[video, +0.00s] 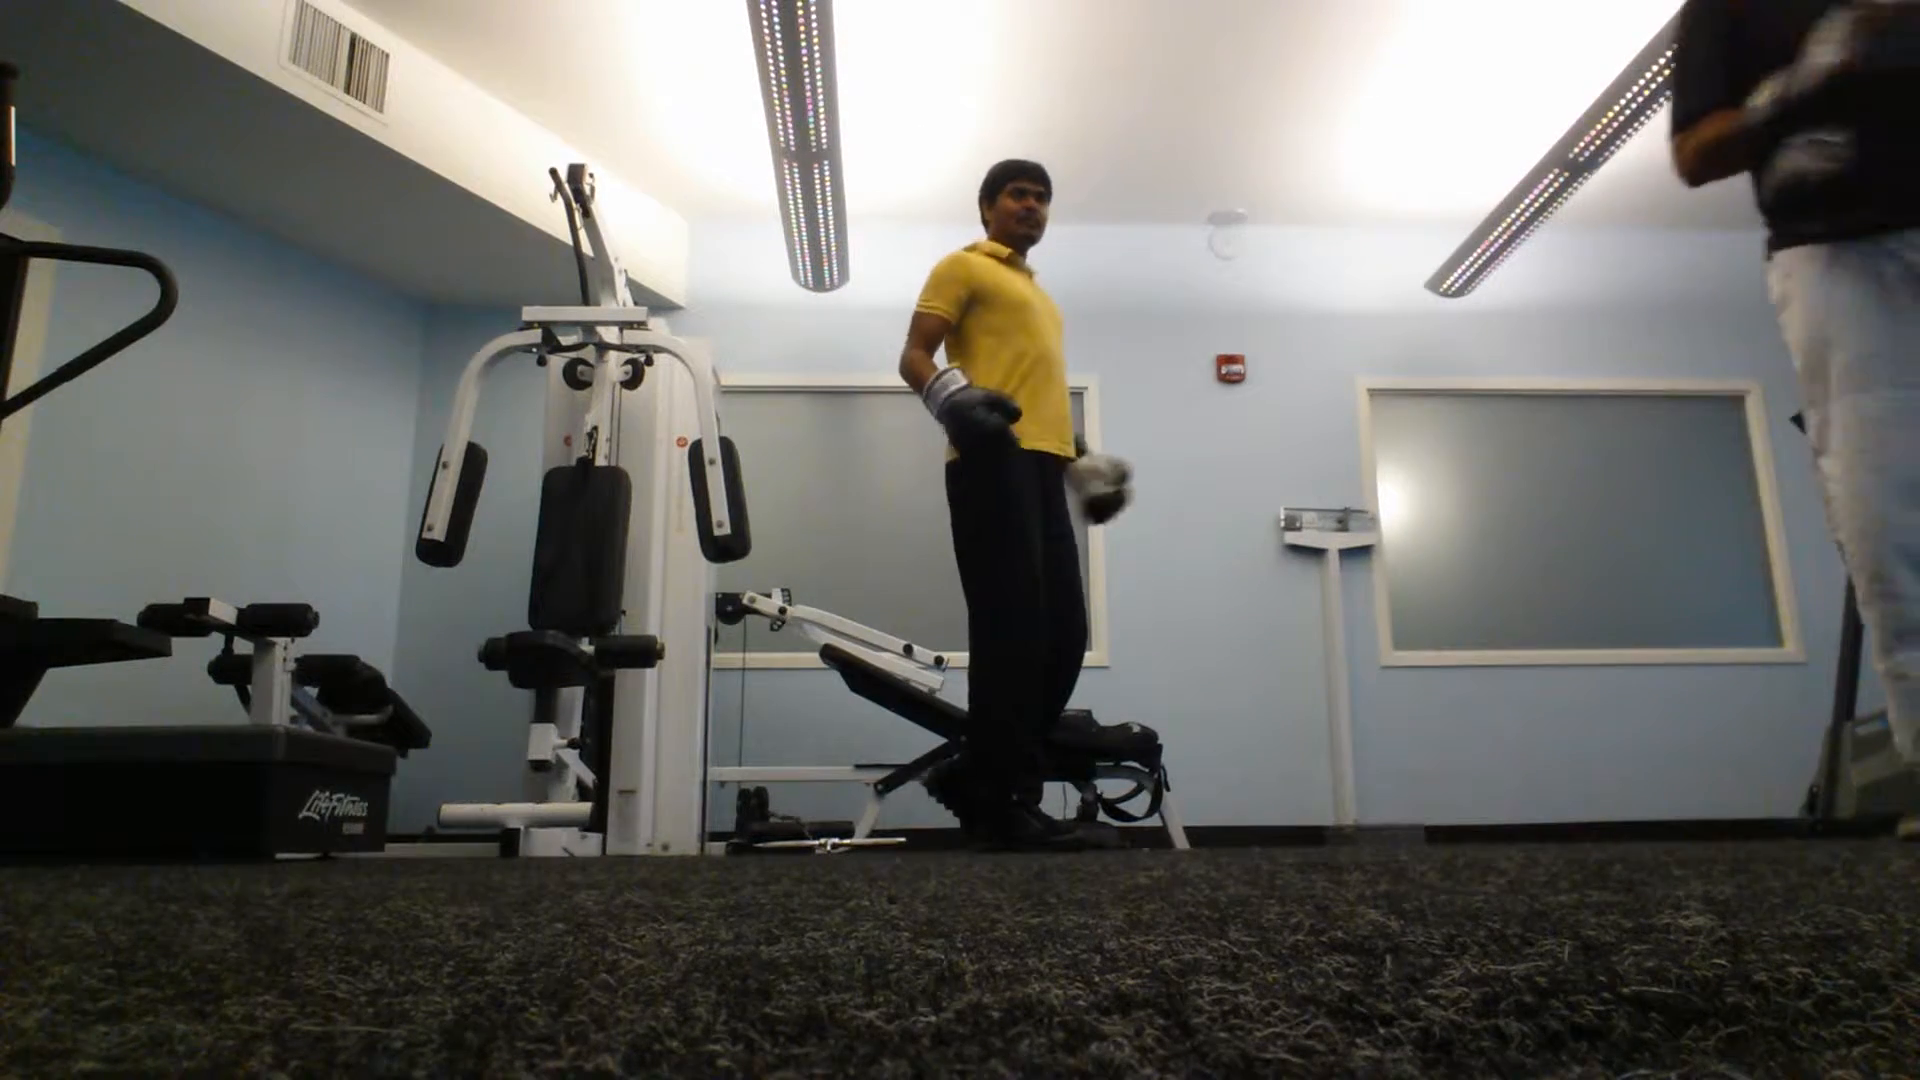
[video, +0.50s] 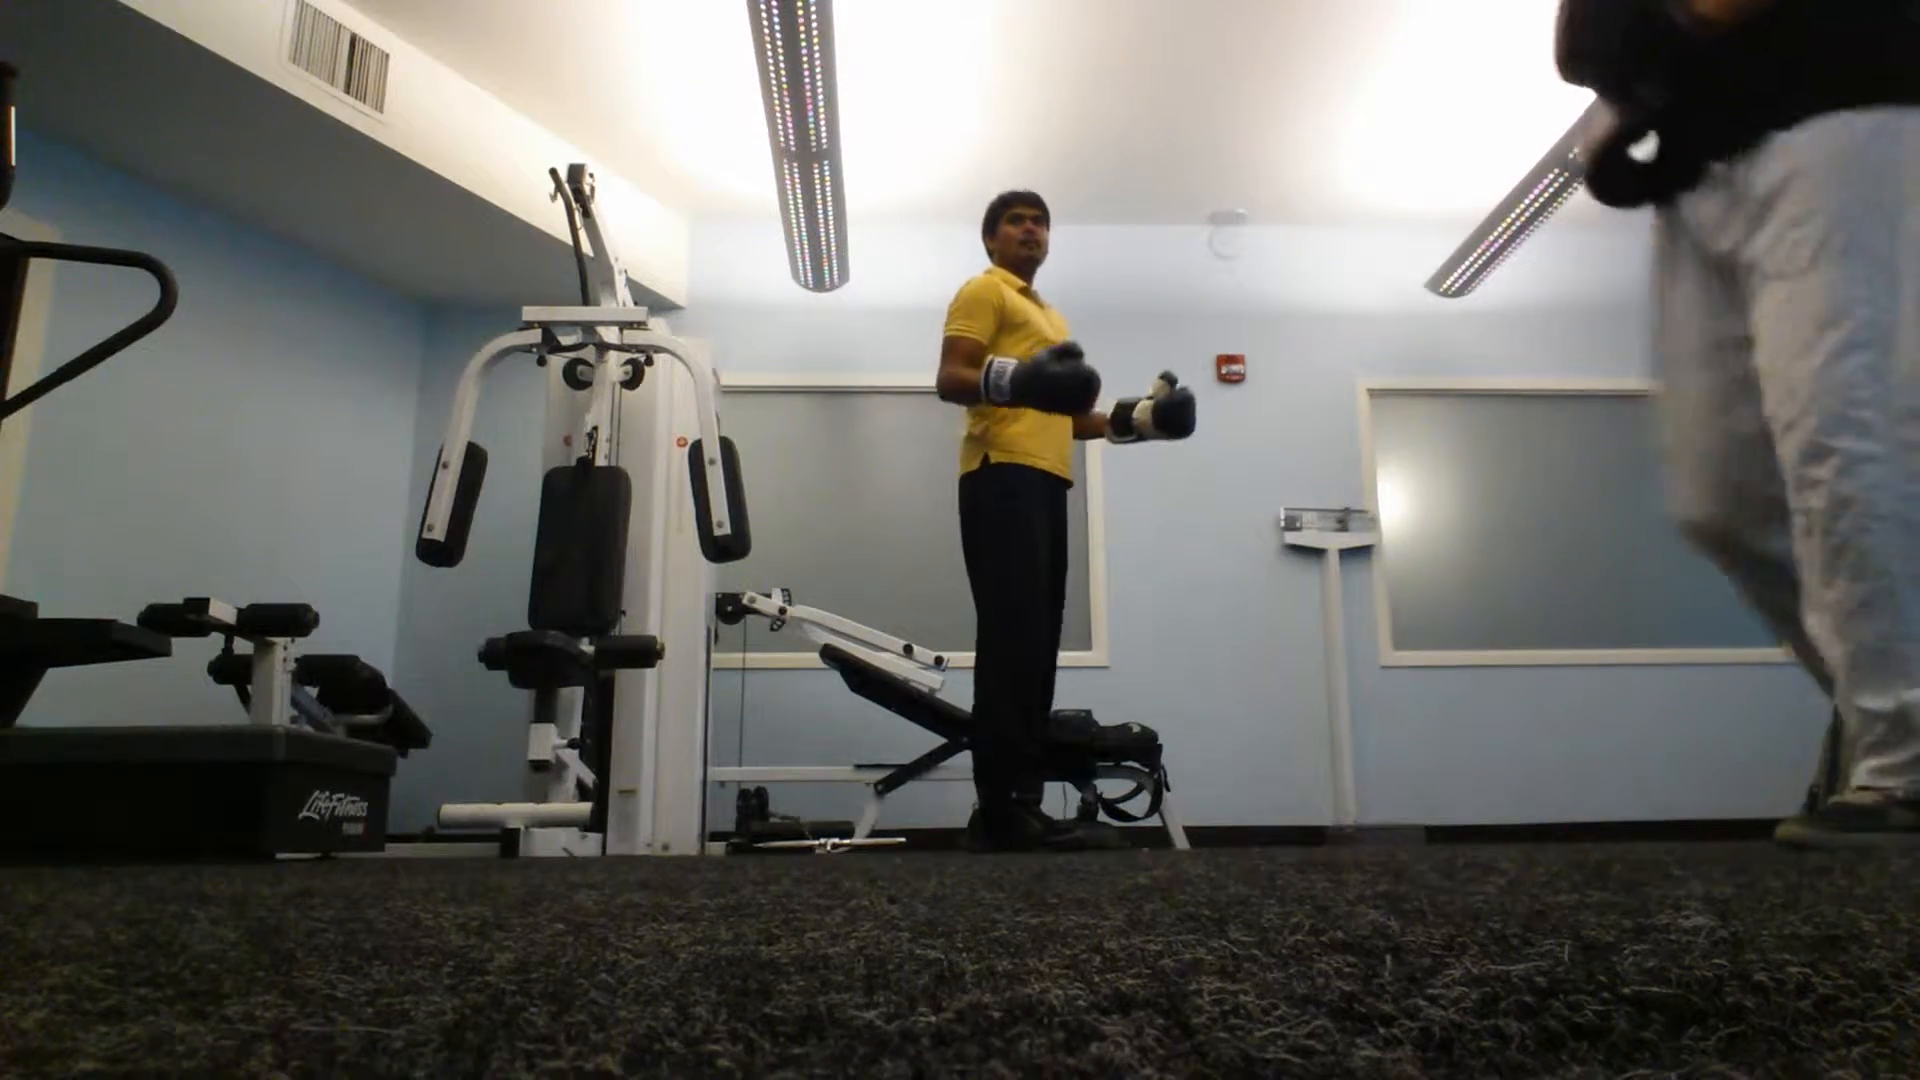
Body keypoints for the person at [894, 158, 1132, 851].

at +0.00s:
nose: (1029, 205)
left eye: (1038, 198)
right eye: (1016, 195)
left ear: (1047, 214)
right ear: (987, 207)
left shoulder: (1035, 293)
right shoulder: (963, 267)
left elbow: (1036, 391)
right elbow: (916, 356)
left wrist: (1077, 462)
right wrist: (950, 399)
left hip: (1042, 468)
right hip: (993, 462)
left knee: (1064, 634)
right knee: (1009, 628)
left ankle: (1008, 792)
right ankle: (995, 804)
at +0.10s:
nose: (1027, 208)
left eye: (1037, 201)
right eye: (1014, 197)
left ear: (1045, 218)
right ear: (984, 210)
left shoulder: (1038, 297)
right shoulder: (962, 271)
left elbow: (1046, 398)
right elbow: (927, 361)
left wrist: (1105, 452)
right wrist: (978, 393)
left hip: (1039, 470)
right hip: (988, 466)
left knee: (1063, 626)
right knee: (1007, 625)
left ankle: (1019, 783)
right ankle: (1000, 799)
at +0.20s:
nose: (1024, 213)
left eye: (1033, 206)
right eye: (1011, 202)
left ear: (1040, 222)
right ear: (980, 215)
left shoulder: (1039, 301)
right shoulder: (970, 273)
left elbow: (1055, 403)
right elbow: (937, 364)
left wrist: (1121, 445)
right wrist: (1002, 394)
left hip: (1040, 472)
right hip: (991, 468)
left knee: (1059, 625)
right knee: (1009, 623)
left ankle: (1020, 779)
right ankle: (1003, 797)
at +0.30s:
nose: (1022, 217)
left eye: (1031, 210)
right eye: (1009, 207)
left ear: (1040, 227)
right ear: (980, 223)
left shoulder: (1041, 305)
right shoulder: (976, 278)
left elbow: (1058, 399)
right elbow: (948, 368)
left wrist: (1125, 430)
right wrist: (1020, 393)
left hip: (1040, 475)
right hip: (996, 470)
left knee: (1048, 632)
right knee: (1010, 630)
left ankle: (1024, 799)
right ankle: (1002, 805)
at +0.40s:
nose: (1026, 223)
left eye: (1035, 216)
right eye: (1013, 213)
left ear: (1044, 232)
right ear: (984, 229)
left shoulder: (1043, 310)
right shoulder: (979, 284)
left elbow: (1064, 405)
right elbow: (954, 375)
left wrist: (1135, 419)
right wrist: (1027, 387)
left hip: (1041, 477)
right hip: (999, 473)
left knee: (1043, 635)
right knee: (1010, 633)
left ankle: (1020, 804)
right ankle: (1000, 809)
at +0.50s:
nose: (1031, 231)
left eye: (1039, 223)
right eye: (1017, 221)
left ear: (1048, 239)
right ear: (990, 236)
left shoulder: (1047, 315)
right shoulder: (983, 290)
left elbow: (1064, 419)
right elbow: (950, 378)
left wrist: (1137, 416)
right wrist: (1016, 380)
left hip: (1044, 484)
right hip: (1002, 480)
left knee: (1038, 639)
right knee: (1011, 637)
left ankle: (1020, 804)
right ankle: (1001, 809)